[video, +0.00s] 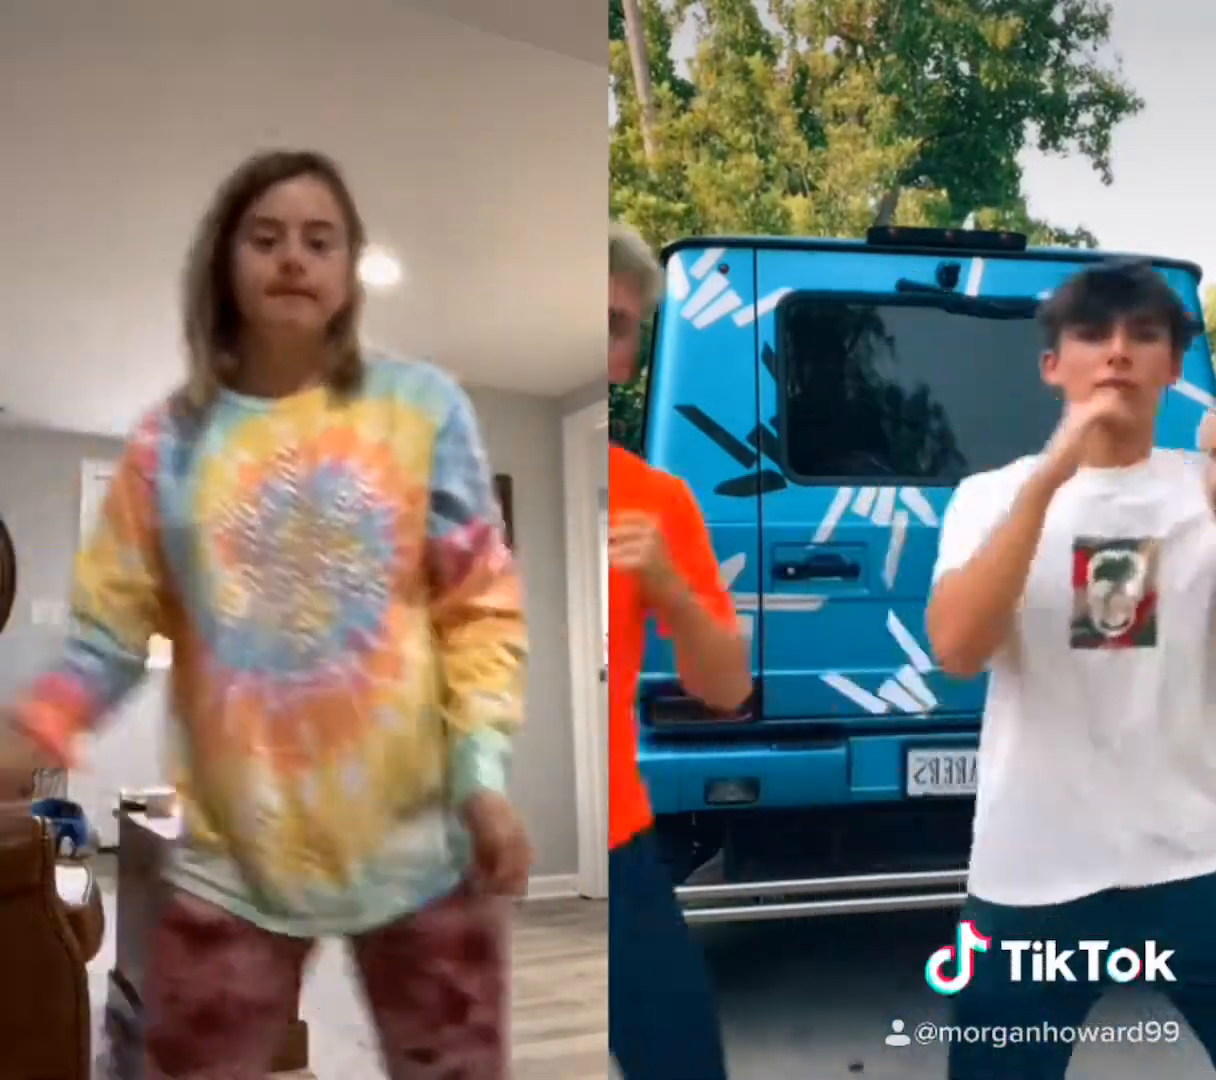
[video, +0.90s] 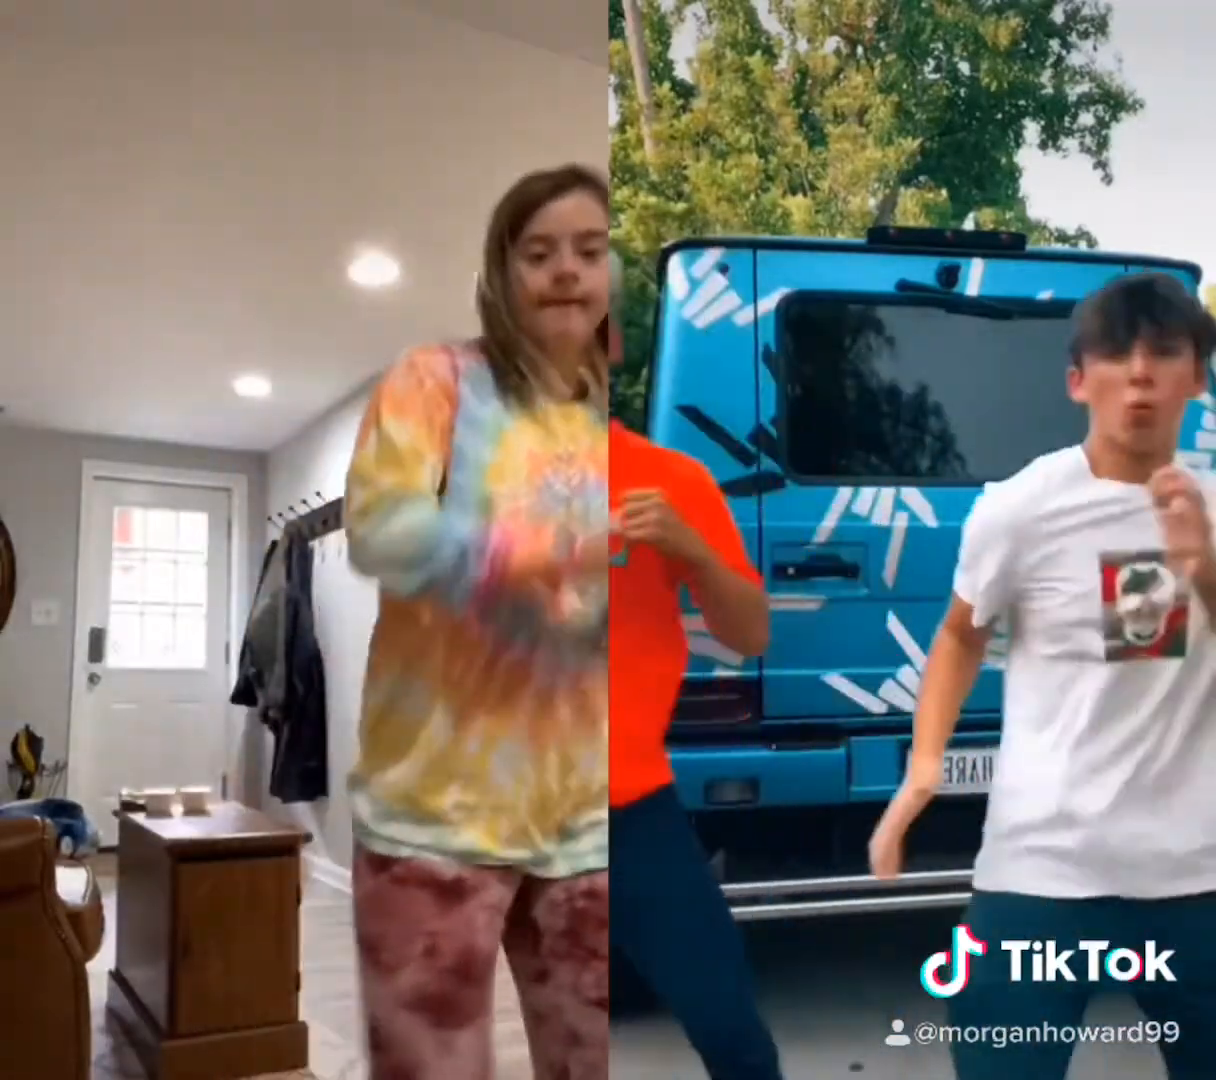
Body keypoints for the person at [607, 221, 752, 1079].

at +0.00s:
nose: (597, 345)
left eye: (617, 327)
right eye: (588, 319)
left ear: (639, 346)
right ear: (553, 319)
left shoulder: (654, 499)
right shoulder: (463, 481)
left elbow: (727, 690)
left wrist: (669, 589)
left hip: (608, 838)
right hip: (469, 832)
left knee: (680, 1051)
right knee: (466, 1056)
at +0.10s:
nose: (698, 339)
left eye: (726, 325)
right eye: (682, 308)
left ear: (745, 355)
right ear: (633, 323)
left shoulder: (738, 494)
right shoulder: (551, 443)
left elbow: (797, 682)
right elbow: (466, 599)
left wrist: (781, 558)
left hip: (666, 815)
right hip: (532, 806)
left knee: (777, 1044)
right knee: (516, 1052)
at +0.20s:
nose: (792, 406)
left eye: (818, 392)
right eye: (777, 376)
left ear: (833, 423)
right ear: (731, 388)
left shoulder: (818, 562)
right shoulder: (628, 469)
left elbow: (842, 741)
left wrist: (879, 626)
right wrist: (590, 537)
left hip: (750, 850)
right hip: (611, 850)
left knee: (834, 1057)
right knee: (585, 1063)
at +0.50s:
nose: (892, 447)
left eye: (916, 432)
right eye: (876, 420)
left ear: (933, 454)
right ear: (833, 428)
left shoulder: (883, 594)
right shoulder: (724, 480)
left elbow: (823, 730)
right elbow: (572, 553)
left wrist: (908, 709)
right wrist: (692, 578)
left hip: (784, 839)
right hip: (654, 837)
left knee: (859, 1037)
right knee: (677, 1067)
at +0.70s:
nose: (802, 478)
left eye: (824, 459)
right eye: (782, 456)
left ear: (853, 480)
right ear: (749, 469)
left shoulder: (849, 625)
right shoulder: (657, 551)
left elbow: (871, 777)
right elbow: (567, 677)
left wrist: (934, 716)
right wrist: (605, 645)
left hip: (774, 874)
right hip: (638, 875)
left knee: (886, 1049)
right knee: (586, 1062)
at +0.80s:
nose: (685, 407)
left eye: (707, 388)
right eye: (665, 388)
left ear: (740, 410)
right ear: (636, 406)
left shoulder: (777, 552)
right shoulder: (583, 512)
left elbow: (851, 700)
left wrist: (838, 596)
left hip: (720, 855)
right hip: (589, 856)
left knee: (822, 1057)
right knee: (574, 1061)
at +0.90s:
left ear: (605, 341)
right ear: (506, 329)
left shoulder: (669, 479)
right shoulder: (479, 473)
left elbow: (751, 633)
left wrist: (690, 549)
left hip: (625, 806)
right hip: (491, 808)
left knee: (731, 1030)